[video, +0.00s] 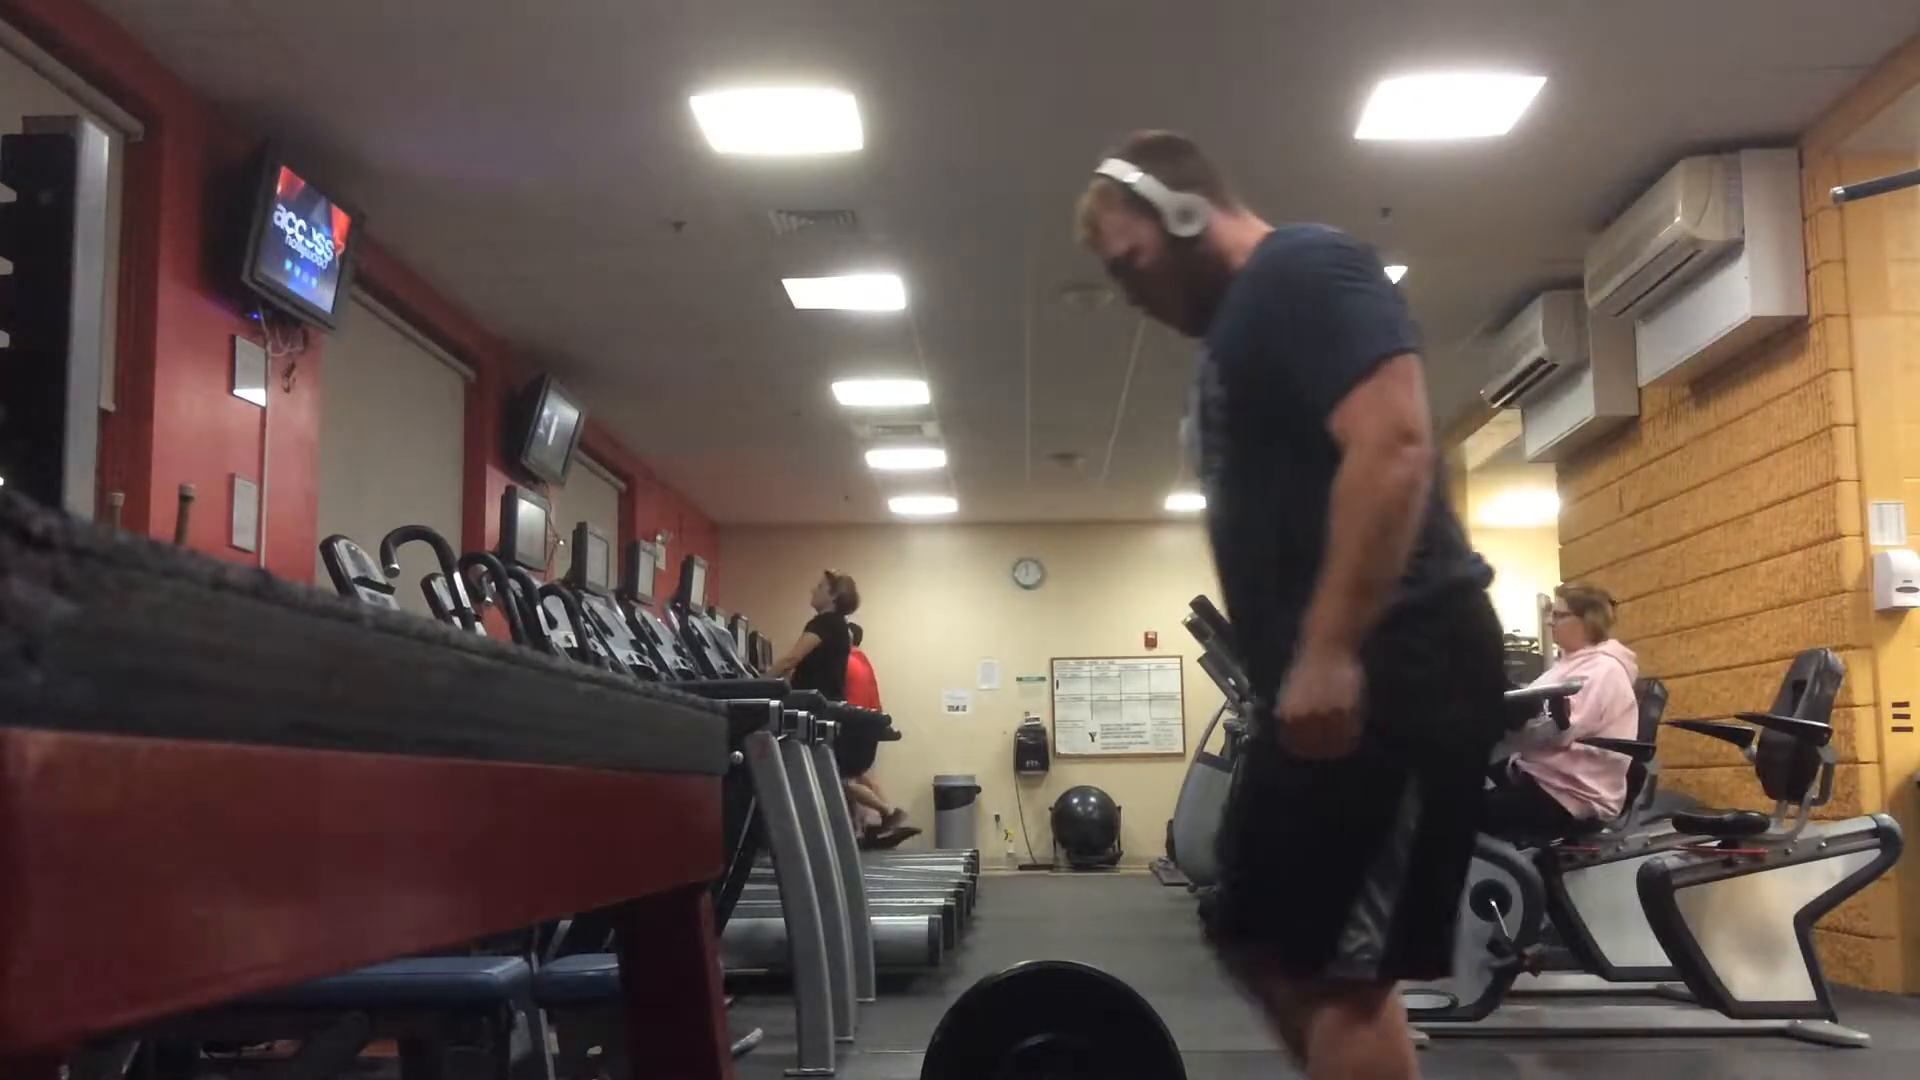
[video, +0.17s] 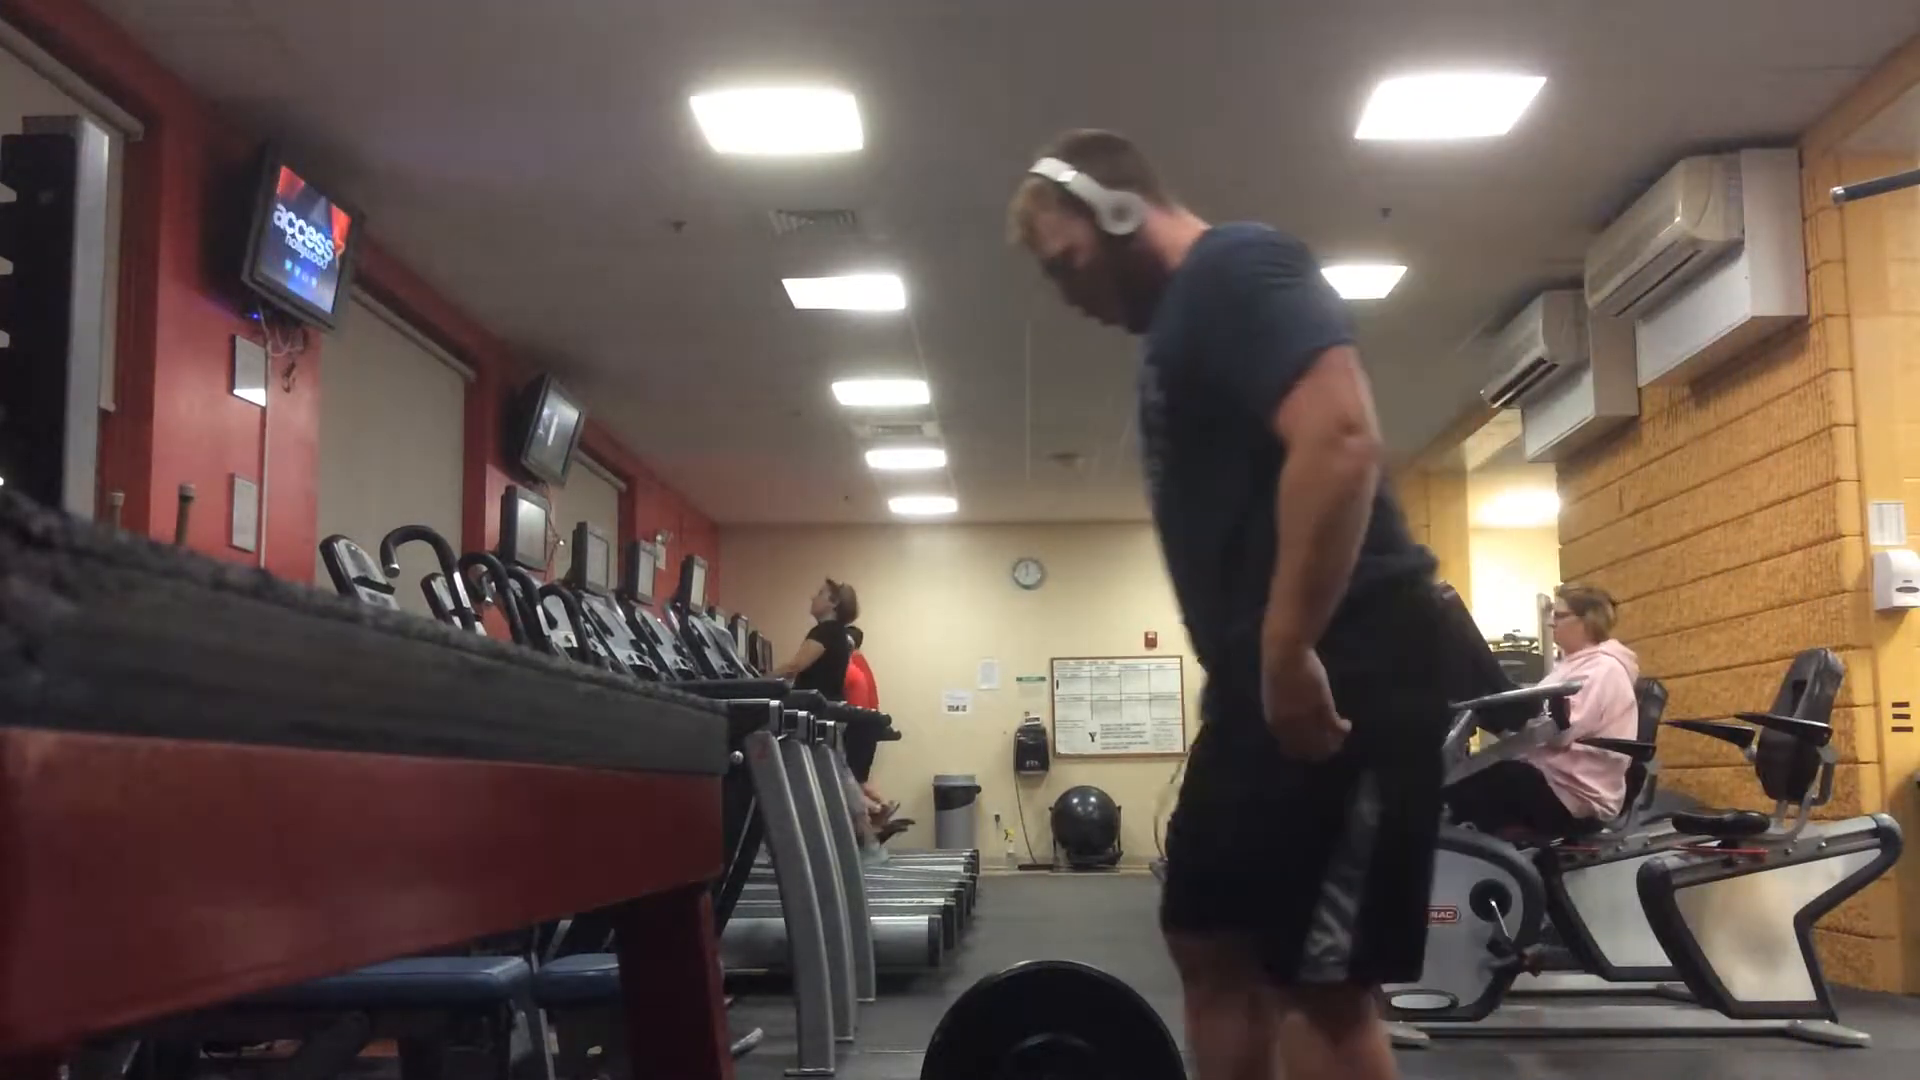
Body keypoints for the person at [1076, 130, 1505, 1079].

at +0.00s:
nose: (1127, 294)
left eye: (1127, 263)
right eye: (1114, 277)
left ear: (1190, 216)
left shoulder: (1301, 268)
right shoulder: (1237, 335)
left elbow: (1395, 448)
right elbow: (1303, 507)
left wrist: (1329, 644)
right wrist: (1276, 652)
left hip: (1400, 659)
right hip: (1327, 669)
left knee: (1342, 977)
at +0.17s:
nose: (1065, 294)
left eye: (1065, 264)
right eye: (1053, 277)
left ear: (1120, 212)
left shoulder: (1235, 266)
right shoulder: (1174, 333)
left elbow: (1341, 439)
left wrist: (1287, 646)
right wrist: (1242, 667)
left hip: (1353, 657)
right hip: (1262, 671)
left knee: (1328, 982)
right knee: (1210, 938)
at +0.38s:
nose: (993, 312)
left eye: (993, 283)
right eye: (981, 296)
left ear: (1051, 231)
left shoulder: (1163, 280)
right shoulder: (1107, 351)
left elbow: (1296, 423)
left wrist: (1250, 625)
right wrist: (1179, 653)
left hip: (1261, 672)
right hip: (1204, 683)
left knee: (1196, 959)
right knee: (1182, 958)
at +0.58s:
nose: (930, 329)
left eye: (928, 298)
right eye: (917, 310)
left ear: (976, 247)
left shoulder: (1108, 285)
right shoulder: (1039, 390)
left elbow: (1258, 417)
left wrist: (1203, 616)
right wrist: (1125, 667)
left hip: (1239, 657)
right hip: (1163, 679)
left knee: (1126, 932)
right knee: (1160, 947)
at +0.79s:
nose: (890, 337)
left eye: (883, 307)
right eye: (874, 318)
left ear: (931, 256)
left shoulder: (1070, 302)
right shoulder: (1009, 384)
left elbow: (1187, 471)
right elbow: (1096, 545)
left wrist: (1117, 689)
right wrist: (1104, 700)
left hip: (1228, 648)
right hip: (1160, 671)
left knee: (1123, 947)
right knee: (1063, 940)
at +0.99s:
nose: (855, 342)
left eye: (847, 311)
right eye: (839, 326)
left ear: (900, 261)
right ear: (906, 264)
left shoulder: (1037, 306)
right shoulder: (985, 378)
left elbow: (1149, 481)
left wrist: (1069, 685)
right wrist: (1072, 693)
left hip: (1206, 642)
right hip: (1151, 659)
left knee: (1103, 945)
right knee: (1099, 943)